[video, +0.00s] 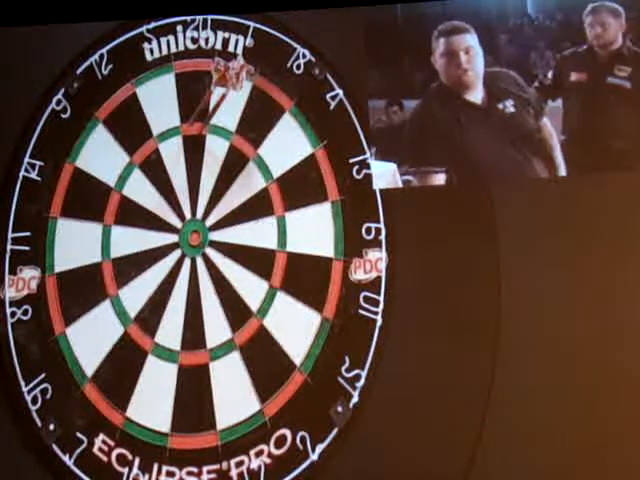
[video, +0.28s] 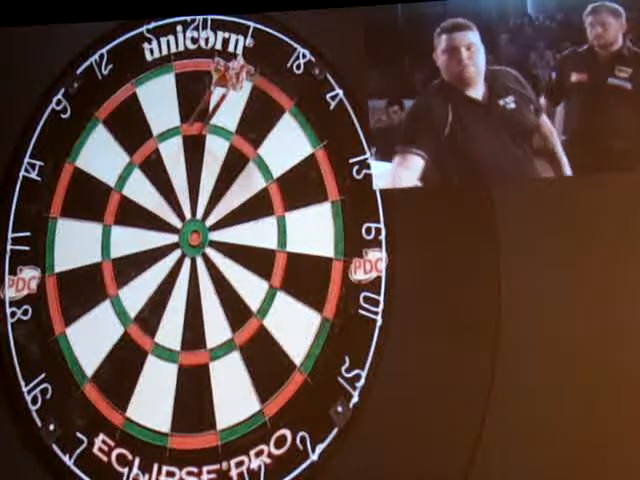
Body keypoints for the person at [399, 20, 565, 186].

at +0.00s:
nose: (462, 62)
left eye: (468, 52)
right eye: (450, 55)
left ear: (481, 54)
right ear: (434, 62)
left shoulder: (506, 82)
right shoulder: (429, 116)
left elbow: (544, 128)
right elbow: (431, 192)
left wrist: (561, 176)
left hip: (543, 198)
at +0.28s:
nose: (463, 57)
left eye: (470, 48)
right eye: (451, 51)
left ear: (483, 51)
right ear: (436, 59)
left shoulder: (507, 81)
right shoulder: (430, 107)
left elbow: (545, 131)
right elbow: (404, 173)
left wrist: (567, 180)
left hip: (530, 203)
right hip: (468, 215)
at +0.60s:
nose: (459, 58)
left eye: (466, 48)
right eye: (447, 52)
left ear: (479, 52)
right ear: (434, 61)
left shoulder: (504, 81)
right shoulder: (432, 104)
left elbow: (543, 129)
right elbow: (393, 150)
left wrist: (569, 178)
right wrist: (385, 91)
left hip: (529, 203)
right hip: (470, 215)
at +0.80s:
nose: (457, 58)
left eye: (464, 49)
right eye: (446, 52)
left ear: (477, 52)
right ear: (432, 61)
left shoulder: (503, 81)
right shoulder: (432, 102)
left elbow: (543, 128)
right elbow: (399, 151)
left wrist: (568, 177)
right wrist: (404, 79)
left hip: (530, 200)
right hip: (473, 210)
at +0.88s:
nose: (457, 60)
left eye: (463, 50)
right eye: (445, 54)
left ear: (477, 53)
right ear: (432, 62)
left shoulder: (503, 81)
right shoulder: (434, 102)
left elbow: (542, 127)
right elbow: (402, 154)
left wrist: (567, 175)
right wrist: (411, 81)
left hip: (530, 200)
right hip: (473, 211)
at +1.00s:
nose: (457, 62)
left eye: (463, 52)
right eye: (446, 56)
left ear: (477, 55)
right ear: (432, 66)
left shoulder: (504, 82)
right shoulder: (434, 105)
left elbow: (541, 128)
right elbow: (403, 158)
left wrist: (567, 176)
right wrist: (416, 87)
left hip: (531, 200)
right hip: (474, 212)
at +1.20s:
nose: (458, 66)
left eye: (465, 55)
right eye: (445, 59)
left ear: (479, 58)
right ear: (431, 68)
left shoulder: (504, 86)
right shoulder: (432, 110)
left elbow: (540, 129)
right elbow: (415, 143)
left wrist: (571, 168)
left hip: (529, 199)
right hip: (471, 210)